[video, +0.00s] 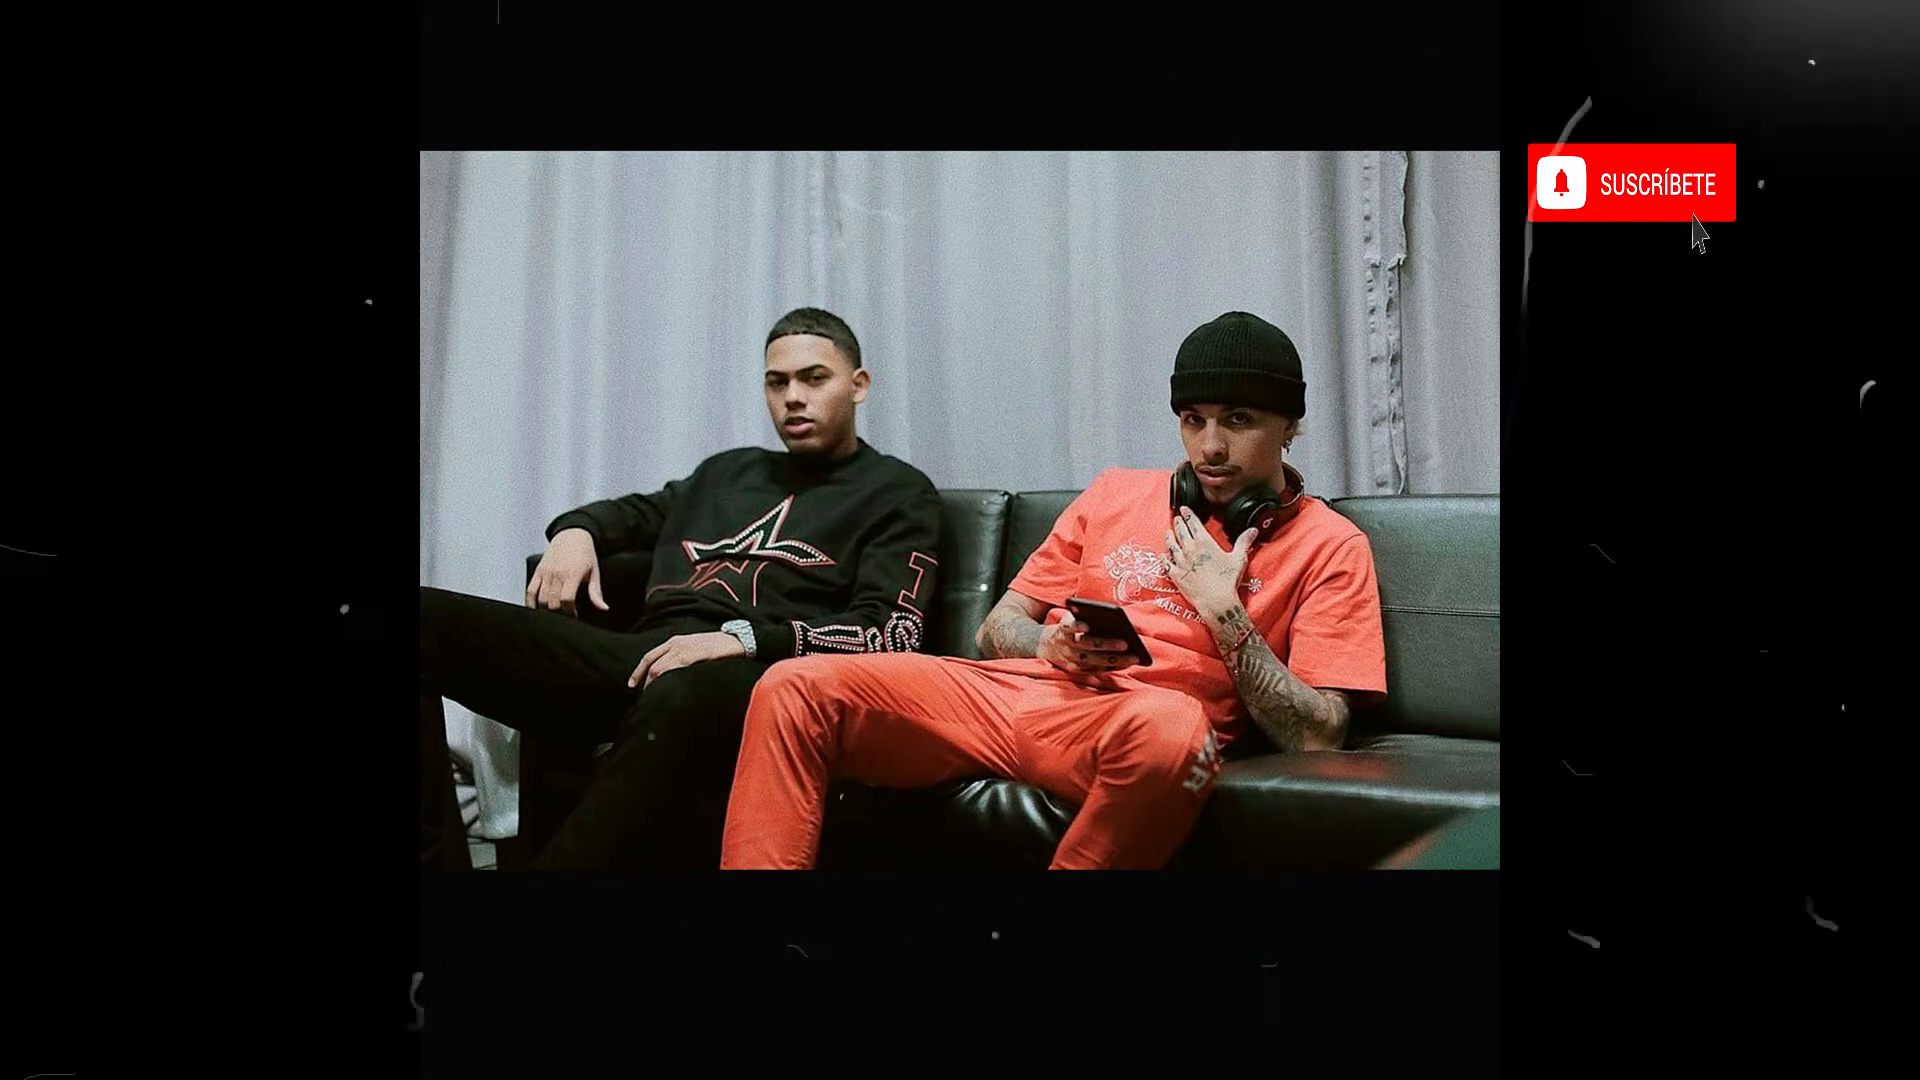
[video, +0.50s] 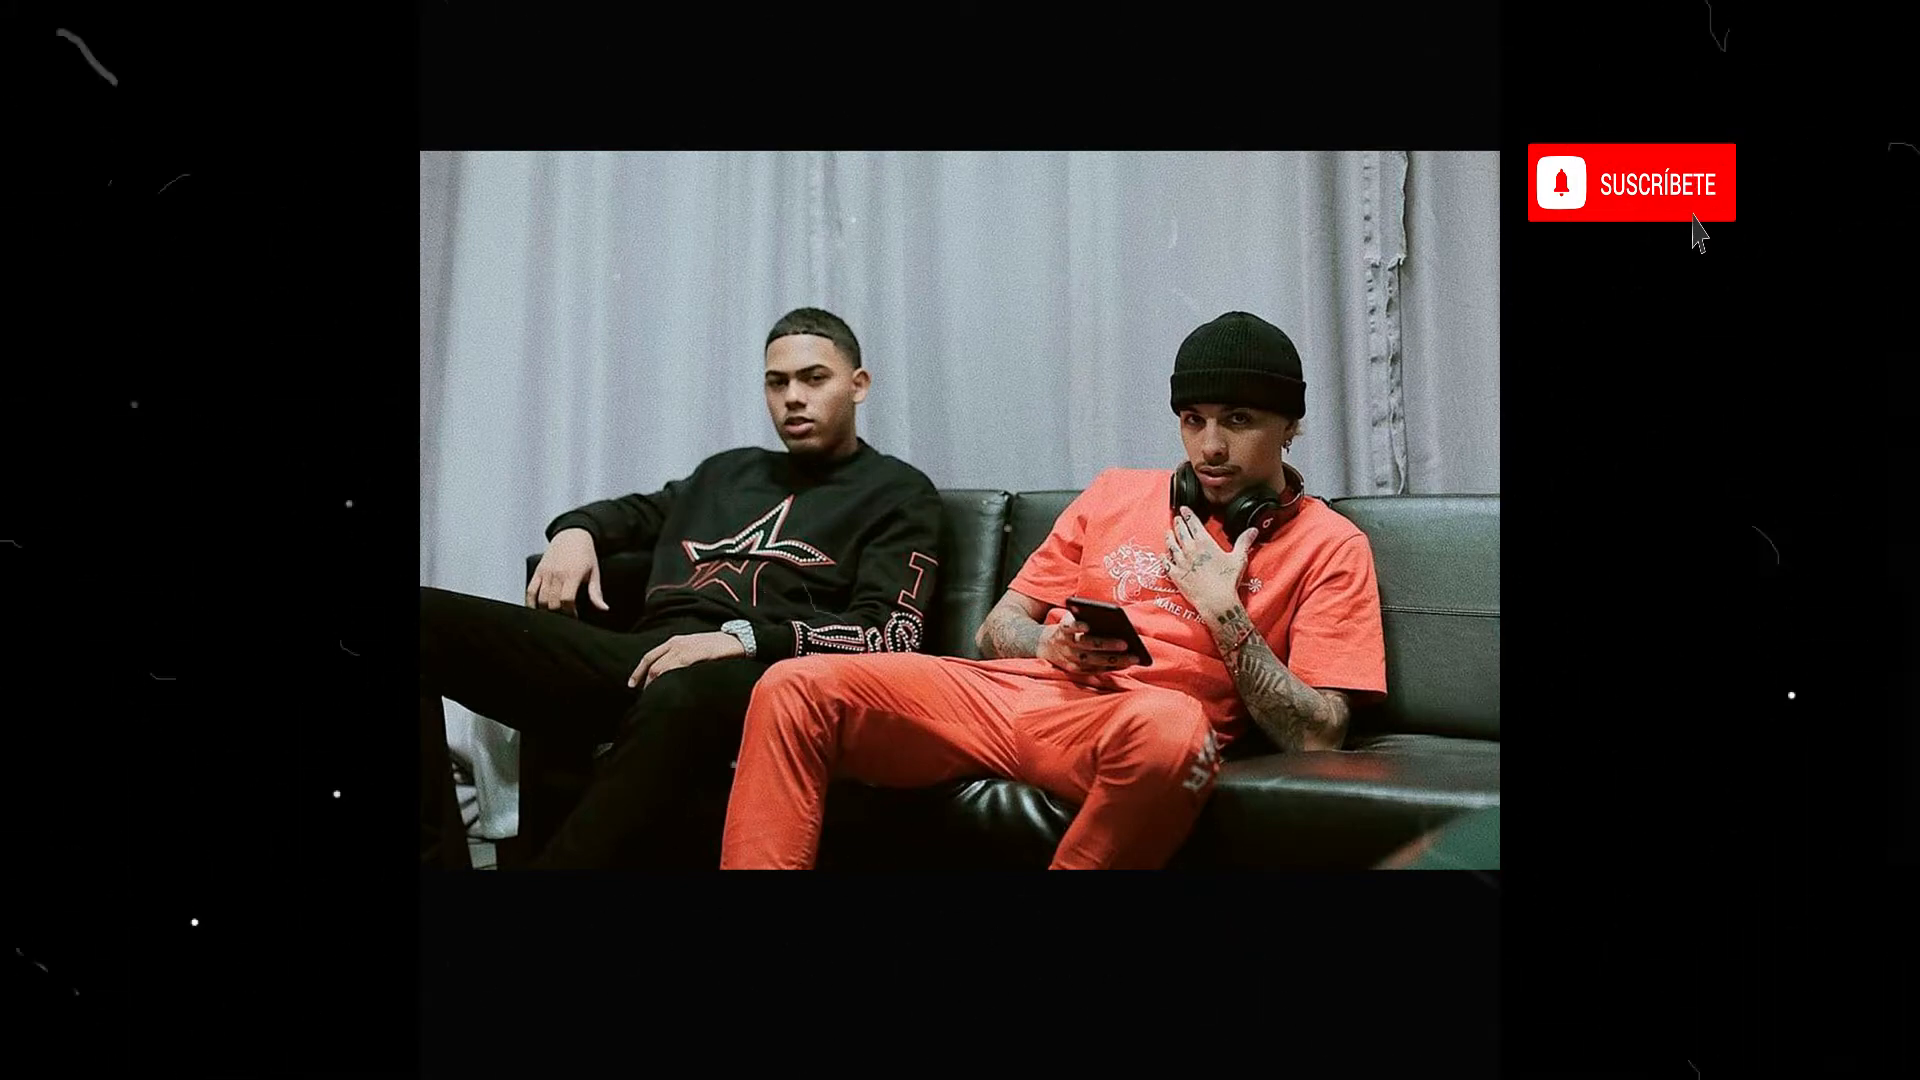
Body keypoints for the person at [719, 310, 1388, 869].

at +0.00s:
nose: (1211, 445)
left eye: (1238, 421)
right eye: (1196, 419)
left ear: (1289, 429)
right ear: (1178, 422)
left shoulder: (1328, 545)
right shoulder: (1118, 492)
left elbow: (1318, 735)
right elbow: (999, 627)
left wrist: (1227, 615)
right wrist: (1050, 647)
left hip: (1129, 709)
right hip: (1012, 685)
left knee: (1171, 746)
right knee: (792, 693)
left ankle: (1042, 946)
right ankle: (763, 932)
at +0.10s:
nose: (1210, 445)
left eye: (1238, 421)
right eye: (1196, 419)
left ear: (1289, 429)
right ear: (1179, 422)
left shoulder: (1328, 546)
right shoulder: (1118, 493)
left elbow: (1318, 734)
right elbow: (999, 626)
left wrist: (1226, 614)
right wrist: (1050, 647)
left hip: (1132, 708)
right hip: (1013, 685)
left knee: (1170, 747)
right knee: (792, 693)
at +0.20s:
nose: (1210, 445)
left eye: (1237, 421)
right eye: (1196, 419)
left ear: (1288, 429)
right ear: (1179, 422)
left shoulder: (1328, 545)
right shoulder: (1117, 493)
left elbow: (1318, 734)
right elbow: (999, 626)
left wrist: (1227, 614)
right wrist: (1051, 647)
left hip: (1132, 707)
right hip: (1013, 685)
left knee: (1170, 746)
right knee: (791, 694)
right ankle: (758, 907)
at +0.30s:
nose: (1210, 445)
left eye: (1238, 421)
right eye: (1196, 419)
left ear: (1289, 429)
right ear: (1179, 422)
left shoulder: (1328, 546)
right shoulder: (1117, 493)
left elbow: (1318, 734)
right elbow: (999, 626)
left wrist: (1227, 615)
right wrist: (1051, 647)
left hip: (1132, 708)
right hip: (1013, 685)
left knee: (1170, 746)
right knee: (791, 694)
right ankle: (760, 923)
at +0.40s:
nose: (1210, 445)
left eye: (1238, 422)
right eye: (1196, 419)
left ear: (1288, 429)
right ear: (1179, 422)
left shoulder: (1328, 546)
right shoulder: (1118, 492)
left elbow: (1318, 735)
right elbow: (1000, 626)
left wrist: (1226, 614)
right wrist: (1051, 647)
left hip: (1130, 708)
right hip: (1013, 685)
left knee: (1171, 745)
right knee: (791, 693)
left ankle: (1058, 885)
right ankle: (760, 899)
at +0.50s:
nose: (1210, 445)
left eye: (1238, 421)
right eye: (1195, 419)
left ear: (1288, 429)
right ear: (1179, 422)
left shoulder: (1329, 546)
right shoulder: (1117, 493)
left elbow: (1318, 735)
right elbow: (999, 625)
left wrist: (1227, 615)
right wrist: (1051, 647)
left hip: (1131, 708)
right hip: (1013, 685)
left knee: (1171, 745)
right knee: (792, 693)